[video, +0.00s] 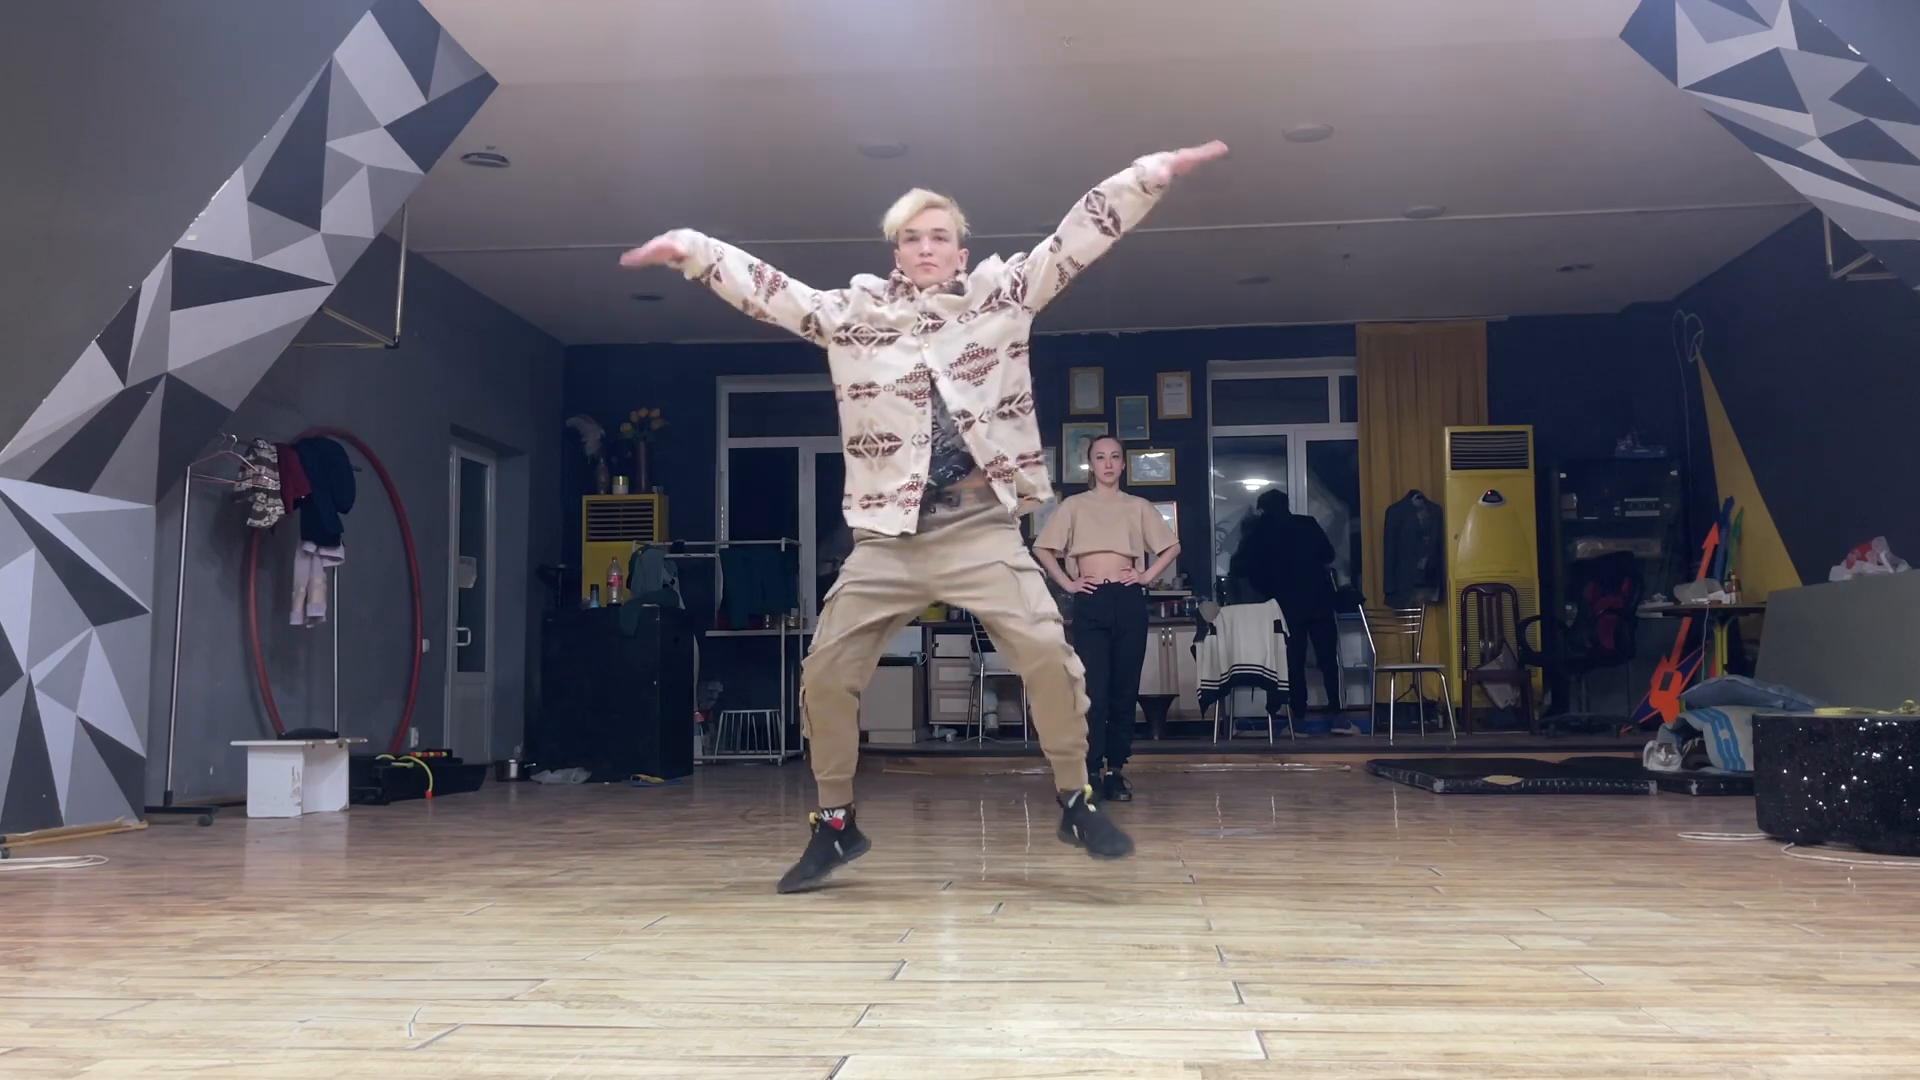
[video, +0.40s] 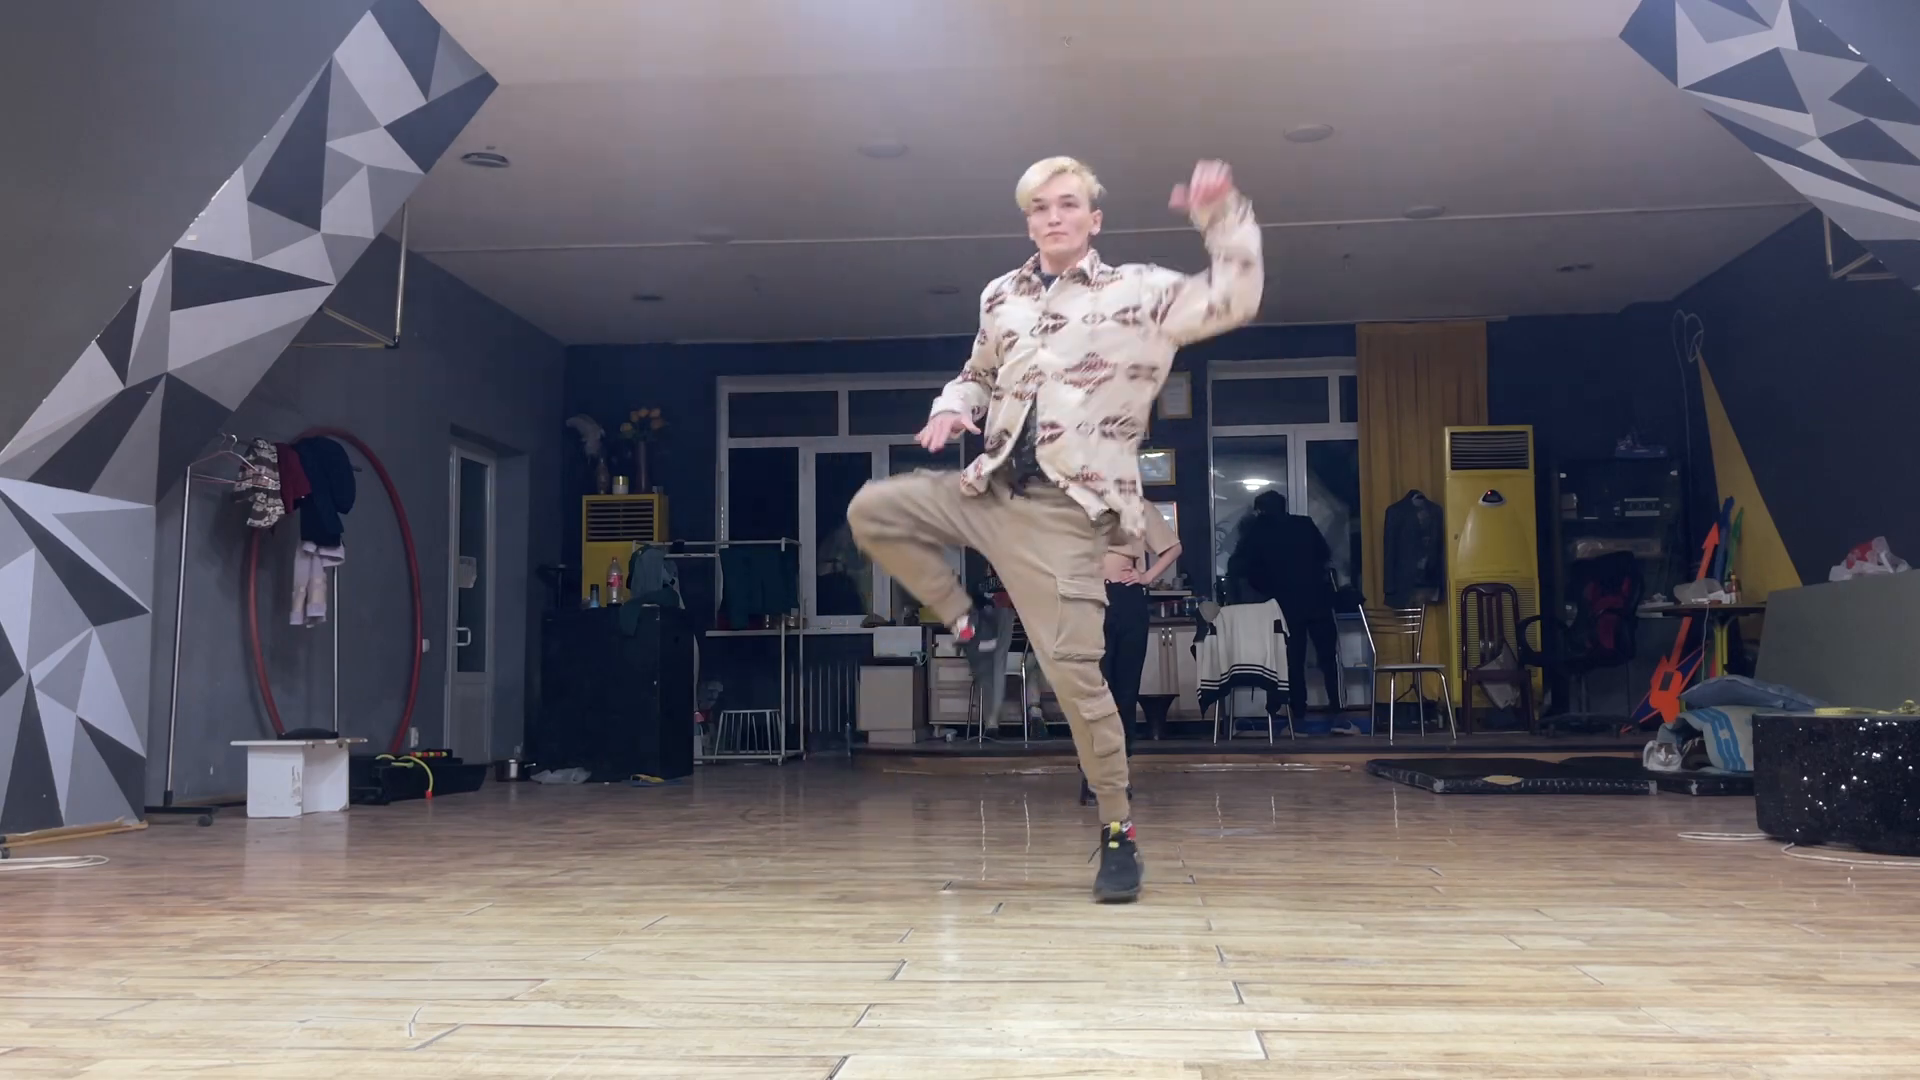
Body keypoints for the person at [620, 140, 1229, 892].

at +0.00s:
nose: (930, 248)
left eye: (943, 237)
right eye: (916, 238)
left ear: (963, 245)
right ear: (895, 250)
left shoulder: (1003, 293)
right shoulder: (851, 312)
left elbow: (1079, 234)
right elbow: (773, 292)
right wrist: (694, 251)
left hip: (984, 530)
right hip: (886, 540)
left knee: (1048, 654)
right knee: (827, 672)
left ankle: (1077, 801)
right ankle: (834, 825)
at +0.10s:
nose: (962, 278)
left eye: (975, 265)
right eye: (947, 268)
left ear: (1000, 274)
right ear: (929, 278)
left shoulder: (1032, 322)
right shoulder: (891, 336)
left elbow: (1119, 317)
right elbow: (802, 353)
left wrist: (1209, 322)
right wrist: (710, 368)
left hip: (998, 554)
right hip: (903, 558)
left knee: (1047, 698)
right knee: (849, 704)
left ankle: (1091, 846)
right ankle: (845, 849)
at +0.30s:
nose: (1031, 242)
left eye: (1045, 230)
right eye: (1019, 233)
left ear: (1071, 246)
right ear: (1003, 251)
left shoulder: (1112, 333)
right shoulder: (978, 337)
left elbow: (1149, 423)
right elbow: (973, 429)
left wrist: (1127, 430)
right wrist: (945, 460)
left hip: (1055, 537)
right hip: (974, 526)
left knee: (1066, 696)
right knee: (872, 608)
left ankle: (1090, 846)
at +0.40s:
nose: (1053, 218)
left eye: (1068, 205)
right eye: (1040, 208)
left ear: (1096, 215)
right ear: (1026, 220)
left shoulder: (1142, 293)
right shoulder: (1006, 300)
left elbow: (1234, 299)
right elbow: (978, 378)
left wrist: (1221, 217)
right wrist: (954, 407)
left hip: (1069, 511)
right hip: (987, 492)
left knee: (1073, 673)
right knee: (872, 510)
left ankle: (1117, 833)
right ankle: (966, 624)